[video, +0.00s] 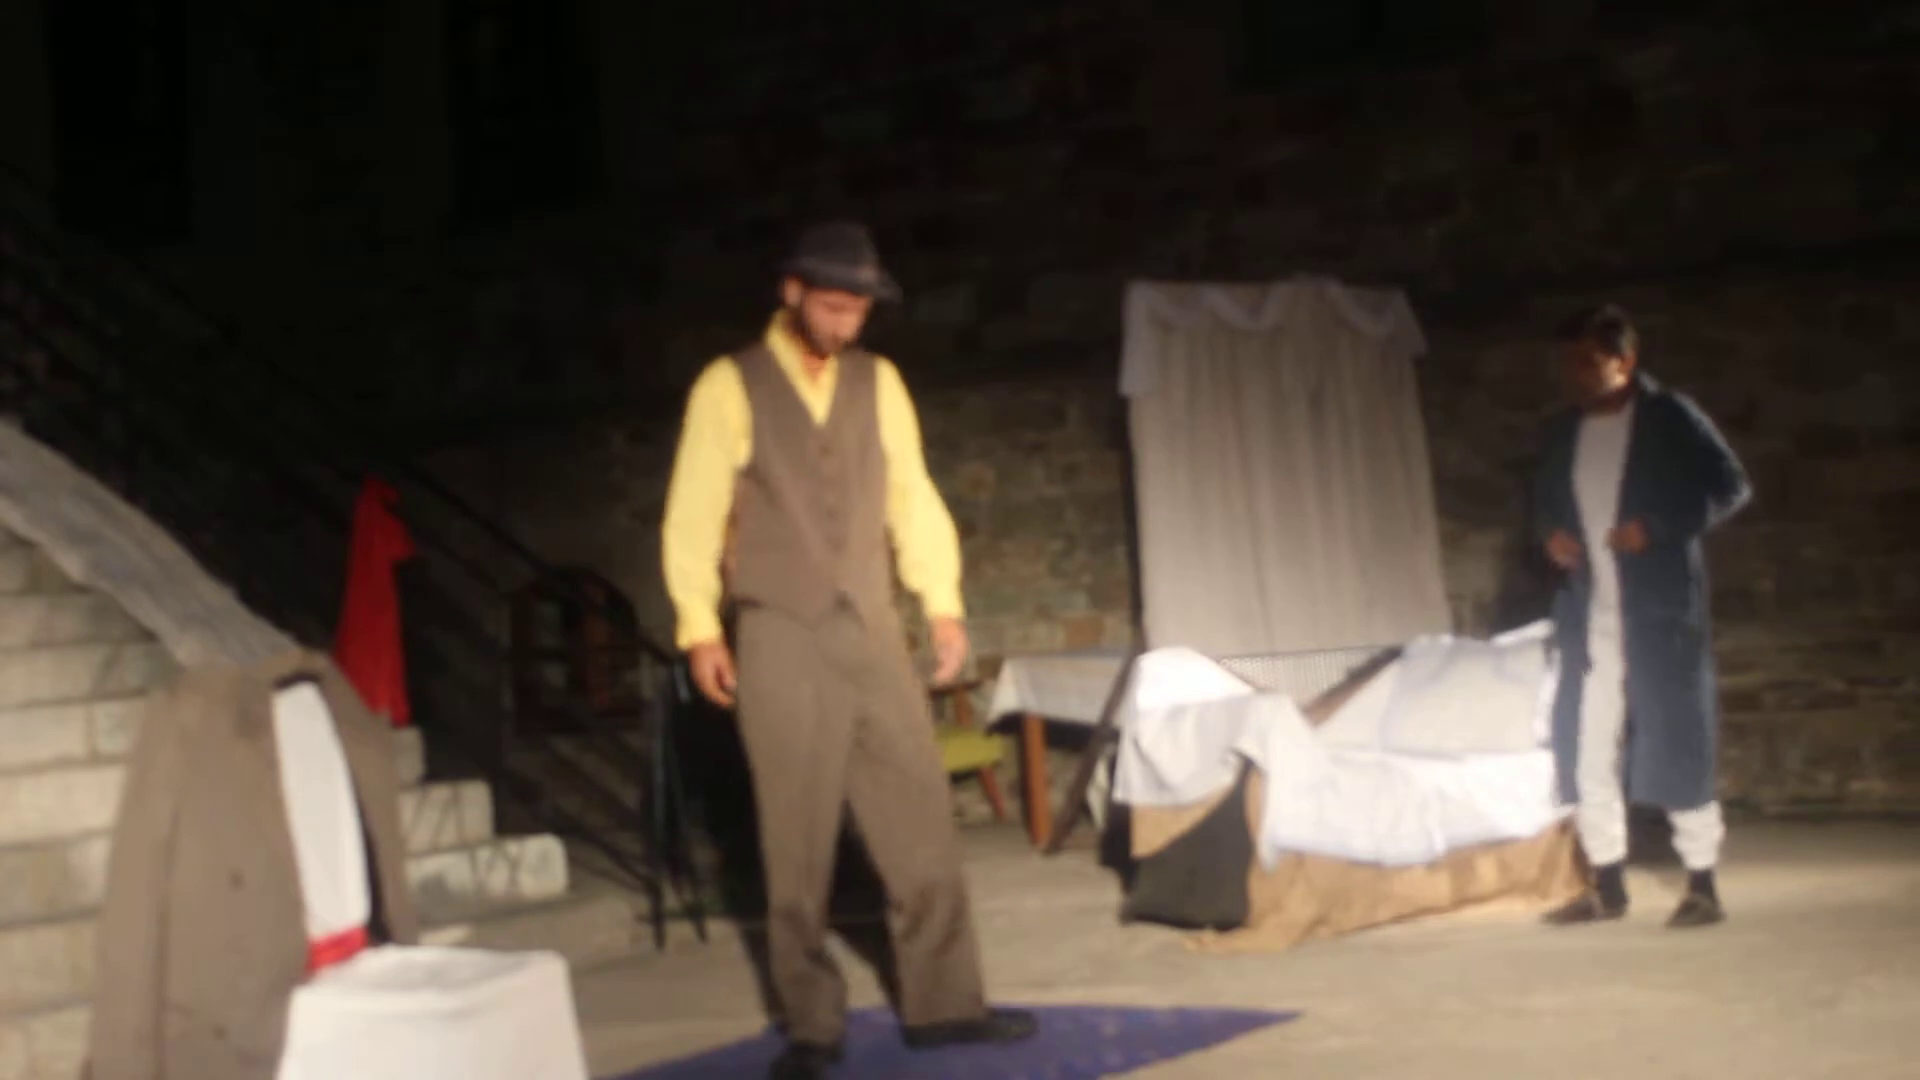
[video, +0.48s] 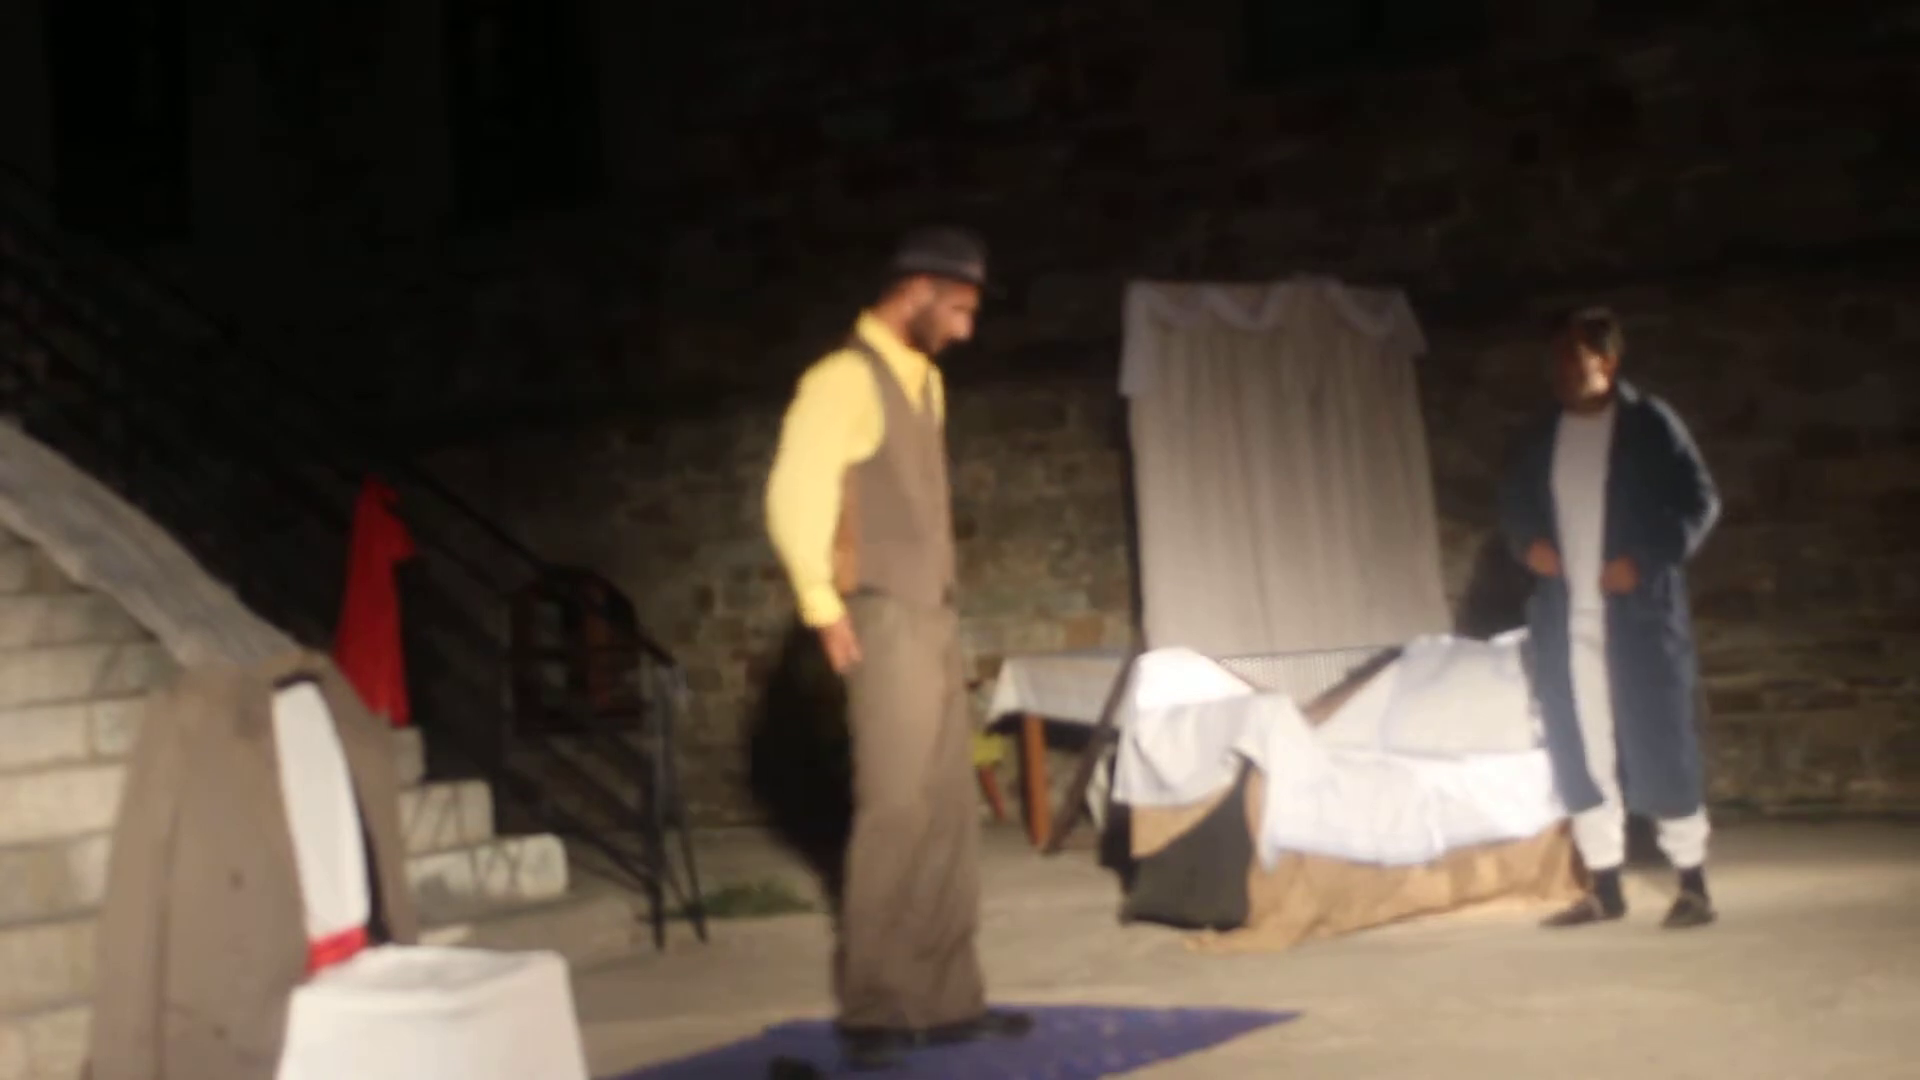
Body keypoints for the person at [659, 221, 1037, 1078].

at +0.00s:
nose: (852, 317)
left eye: (862, 302)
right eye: (837, 300)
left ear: (870, 303)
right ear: (792, 292)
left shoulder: (881, 386)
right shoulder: (729, 389)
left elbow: (913, 501)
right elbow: (691, 517)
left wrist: (944, 608)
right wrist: (699, 628)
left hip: (875, 635)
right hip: (780, 640)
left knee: (920, 817)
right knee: (798, 837)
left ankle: (945, 1004)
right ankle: (811, 1024)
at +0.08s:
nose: (875, 313)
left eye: (882, 297)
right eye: (861, 296)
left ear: (883, 300)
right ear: (812, 292)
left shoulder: (887, 386)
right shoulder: (740, 390)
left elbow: (919, 498)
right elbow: (702, 517)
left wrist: (954, 600)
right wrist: (707, 630)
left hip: (882, 634)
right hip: (792, 637)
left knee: (917, 818)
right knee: (806, 831)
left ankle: (948, 1003)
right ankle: (810, 1022)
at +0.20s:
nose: (907, 315)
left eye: (911, 299)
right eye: (894, 298)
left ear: (892, 302)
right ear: (844, 292)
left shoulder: (902, 387)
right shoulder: (766, 387)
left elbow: (930, 498)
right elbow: (722, 515)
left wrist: (950, 594)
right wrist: (744, 628)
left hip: (902, 629)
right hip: (818, 631)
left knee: (919, 816)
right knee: (823, 824)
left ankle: (943, 1004)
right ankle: (812, 1023)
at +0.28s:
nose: (927, 317)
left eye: (931, 303)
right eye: (916, 300)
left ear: (908, 303)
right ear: (867, 292)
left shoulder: (911, 386)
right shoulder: (788, 384)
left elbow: (933, 502)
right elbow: (739, 509)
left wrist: (940, 603)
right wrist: (786, 625)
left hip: (914, 629)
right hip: (838, 633)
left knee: (928, 824)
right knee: (839, 831)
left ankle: (944, 1007)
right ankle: (814, 1026)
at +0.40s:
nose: (954, 325)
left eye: (959, 311)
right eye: (947, 307)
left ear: (932, 305)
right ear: (898, 293)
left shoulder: (922, 386)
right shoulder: (823, 384)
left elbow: (924, 507)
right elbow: (773, 504)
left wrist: (931, 607)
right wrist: (811, 619)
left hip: (931, 631)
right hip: (869, 634)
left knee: (941, 820)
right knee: (865, 823)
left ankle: (943, 1008)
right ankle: (832, 1021)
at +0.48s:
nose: (968, 322)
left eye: (973, 307)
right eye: (962, 304)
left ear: (936, 300)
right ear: (914, 291)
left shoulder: (924, 383)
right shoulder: (845, 379)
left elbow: (913, 507)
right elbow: (794, 496)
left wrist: (935, 617)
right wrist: (822, 605)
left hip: (932, 620)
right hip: (882, 620)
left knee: (948, 811)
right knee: (894, 813)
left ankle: (946, 1001)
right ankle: (873, 1012)